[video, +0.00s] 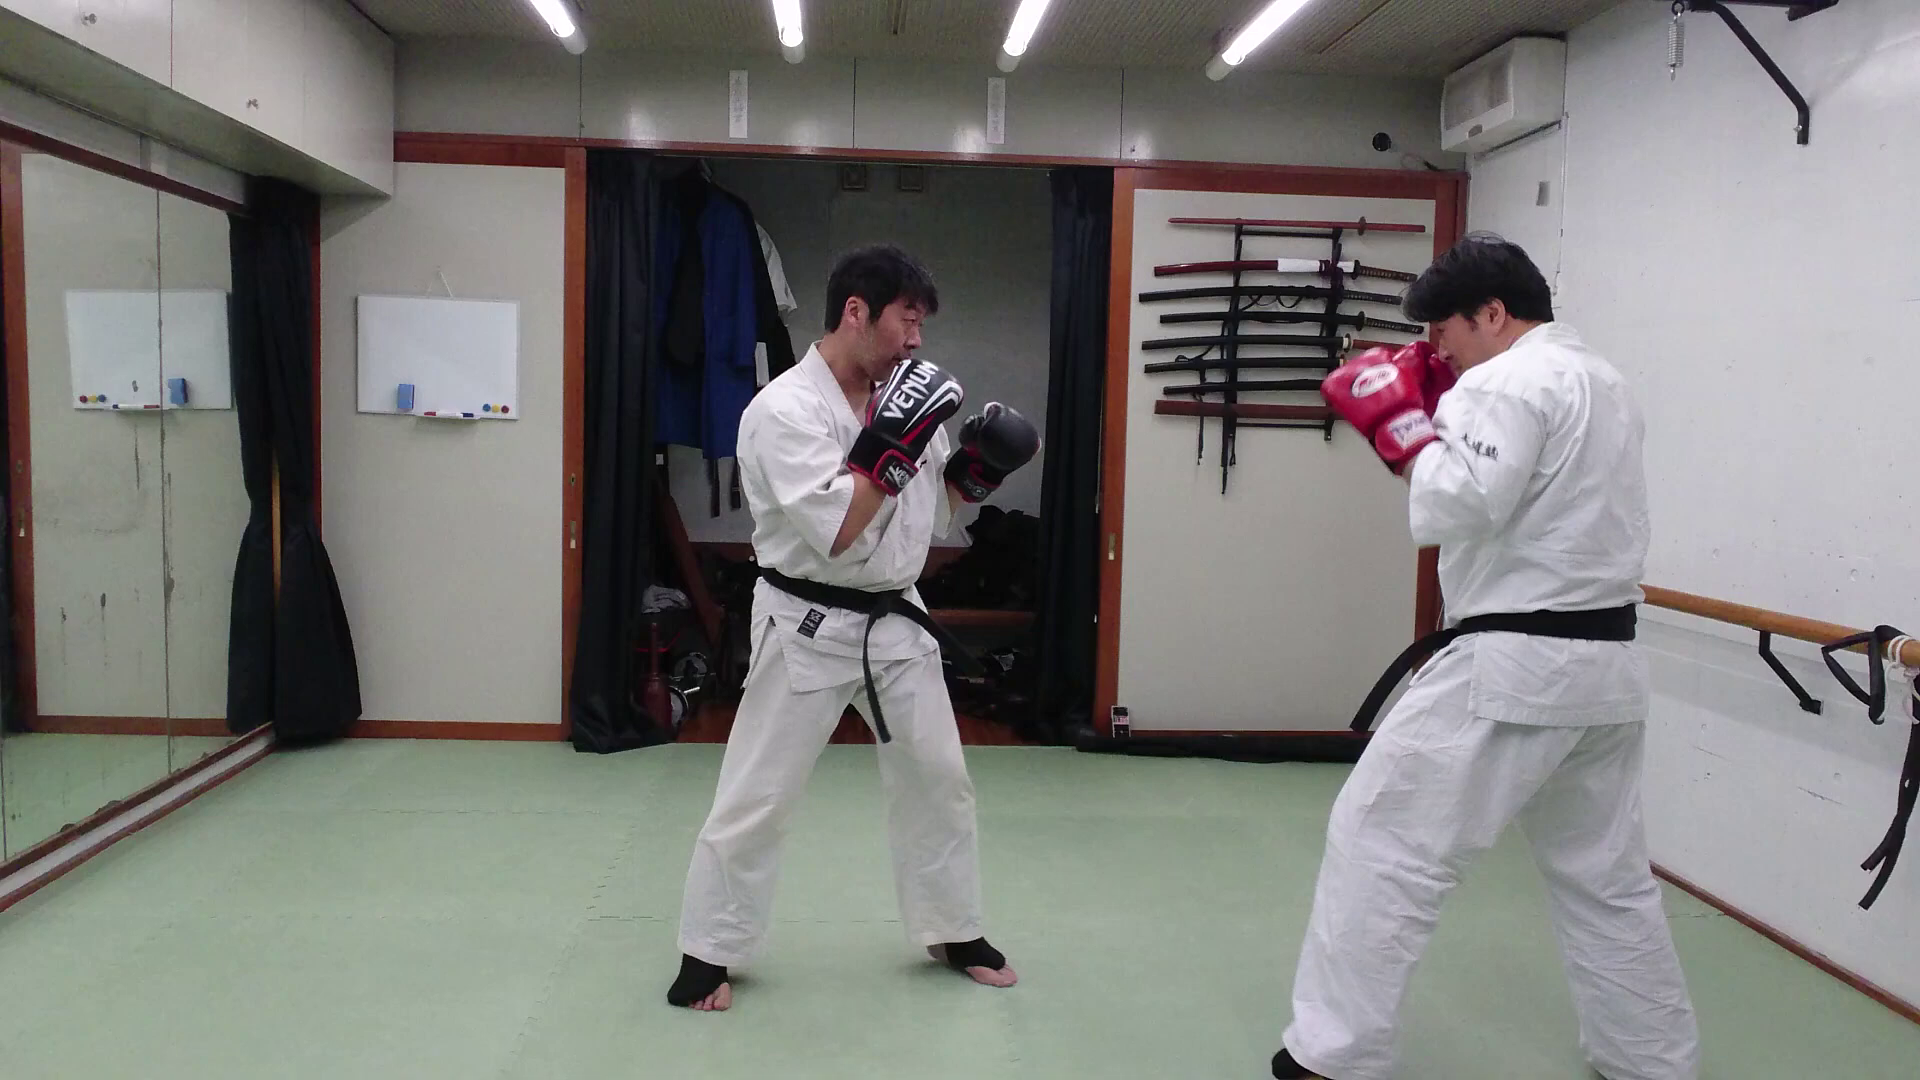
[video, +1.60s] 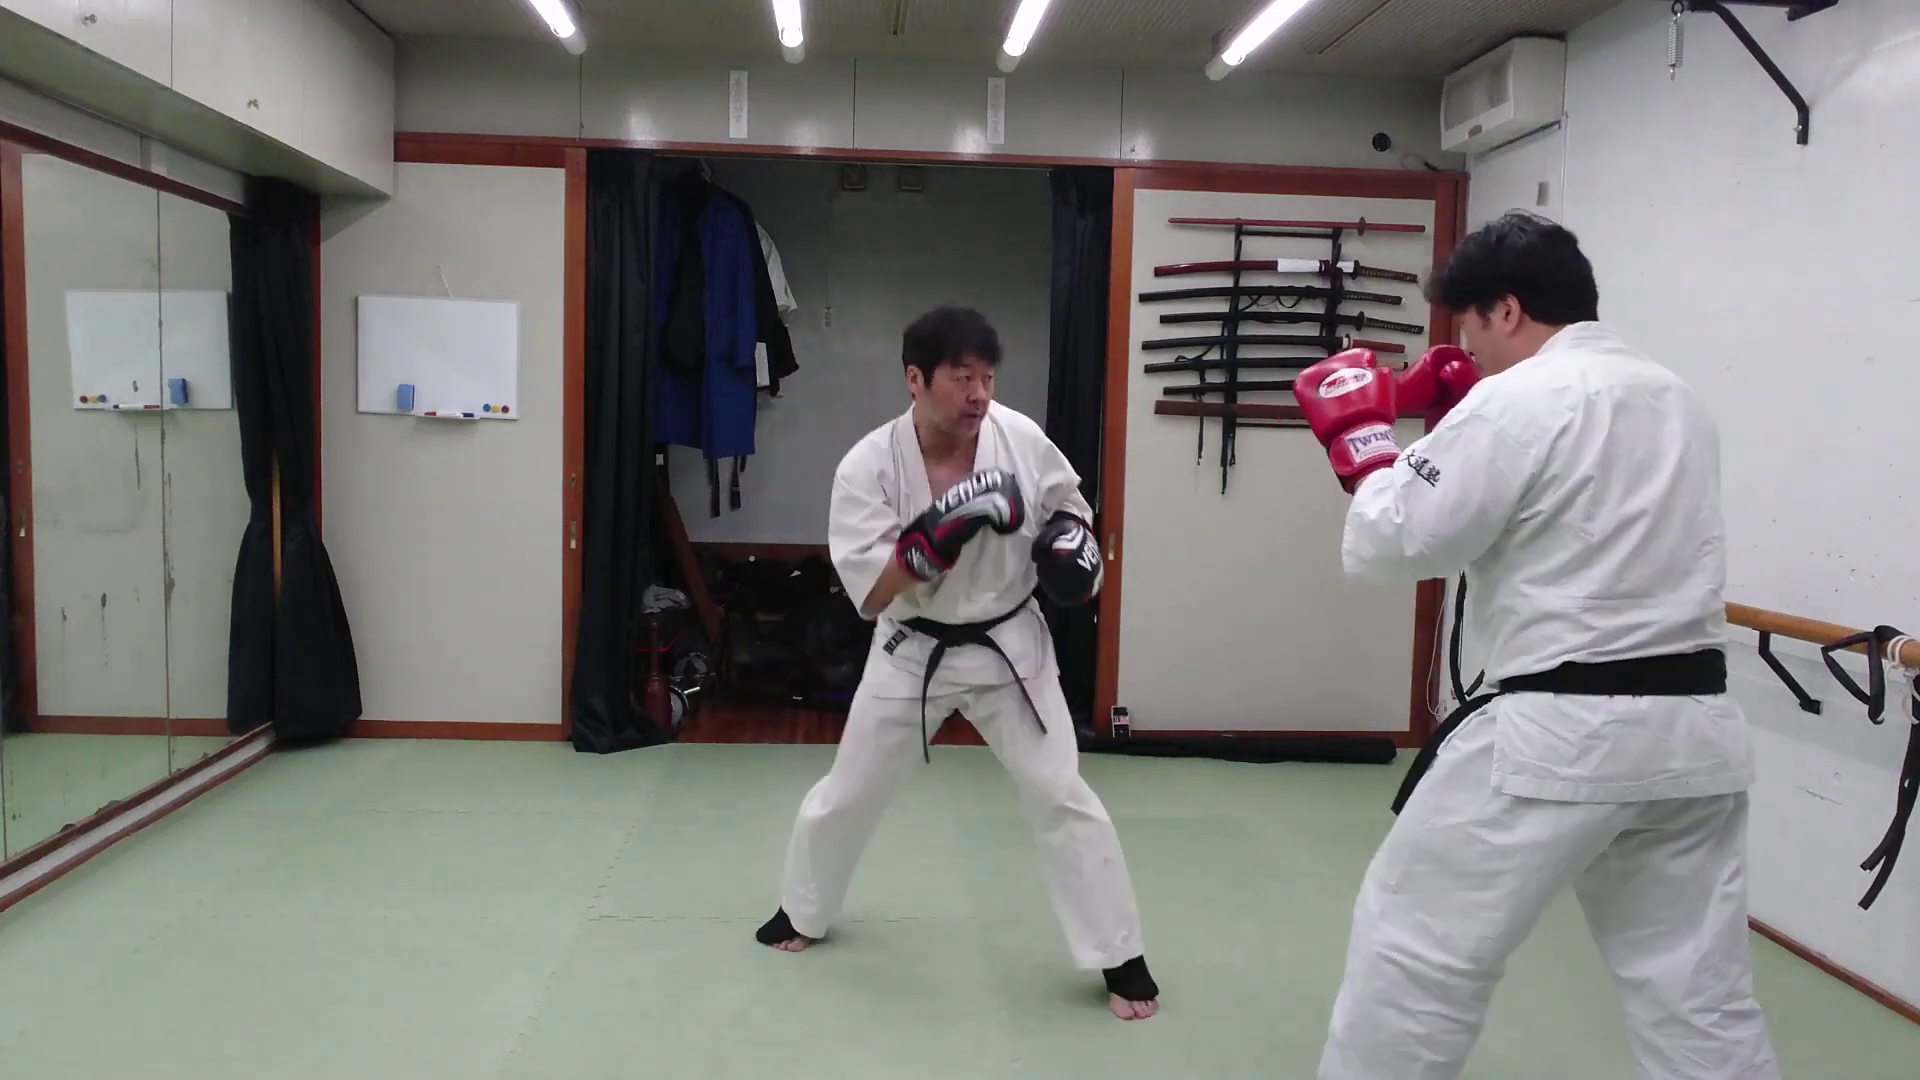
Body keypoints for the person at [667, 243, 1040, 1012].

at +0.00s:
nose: (916, 343)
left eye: (922, 328)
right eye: (908, 323)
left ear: (873, 320)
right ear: (855, 313)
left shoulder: (905, 403)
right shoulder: (782, 409)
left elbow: (936, 519)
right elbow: (833, 527)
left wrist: (976, 475)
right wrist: (894, 444)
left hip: (897, 618)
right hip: (804, 617)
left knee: (940, 776)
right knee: (757, 794)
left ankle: (955, 932)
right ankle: (708, 952)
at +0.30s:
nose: (943, 334)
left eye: (949, 320)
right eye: (932, 316)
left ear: (945, 324)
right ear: (880, 309)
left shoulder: (956, 404)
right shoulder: (807, 403)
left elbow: (1030, 457)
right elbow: (814, 521)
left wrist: (1043, 462)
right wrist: (882, 447)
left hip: (931, 619)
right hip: (826, 616)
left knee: (979, 786)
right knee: (769, 792)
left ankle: (1035, 936)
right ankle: (707, 947)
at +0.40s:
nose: (971, 325)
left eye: (979, 312)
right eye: (955, 308)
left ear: (986, 319)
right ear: (904, 311)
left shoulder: (1009, 392)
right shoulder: (838, 400)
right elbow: (817, 518)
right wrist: (877, 451)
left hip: (946, 617)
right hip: (840, 608)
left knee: (992, 786)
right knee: (783, 774)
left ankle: (1041, 936)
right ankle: (724, 932)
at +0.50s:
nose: (998, 326)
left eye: (1006, 311)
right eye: (981, 309)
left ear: (1012, 315)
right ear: (934, 312)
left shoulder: (1040, 390)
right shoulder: (875, 403)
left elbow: (1137, 404)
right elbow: (861, 518)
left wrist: (1215, 386)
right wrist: (925, 441)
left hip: (968, 617)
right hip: (868, 604)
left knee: (996, 788)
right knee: (801, 767)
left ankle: (1040, 938)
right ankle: (754, 919)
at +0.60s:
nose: (1012, 322)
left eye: (1020, 308)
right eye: (995, 305)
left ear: (1026, 314)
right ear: (948, 307)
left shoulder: (1053, 395)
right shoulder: (888, 396)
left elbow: (1141, 453)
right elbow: (876, 510)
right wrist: (950, 437)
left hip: (987, 616)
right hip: (885, 604)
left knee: (1013, 785)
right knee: (817, 762)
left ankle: (1043, 938)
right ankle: (781, 901)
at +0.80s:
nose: (1009, 335)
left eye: (1017, 322)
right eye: (998, 317)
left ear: (1018, 326)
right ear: (947, 310)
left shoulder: (1021, 408)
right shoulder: (876, 395)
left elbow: (1039, 499)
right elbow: (869, 508)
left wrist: (1084, 489)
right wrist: (942, 435)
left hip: (977, 613)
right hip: (877, 605)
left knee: (1018, 775)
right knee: (826, 763)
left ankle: (1046, 936)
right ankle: (795, 894)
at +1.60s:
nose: (979, 393)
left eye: (987, 379)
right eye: (962, 378)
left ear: (994, 379)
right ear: (917, 379)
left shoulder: (1016, 436)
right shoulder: (868, 466)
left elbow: (1065, 502)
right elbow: (869, 591)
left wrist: (1073, 542)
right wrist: (940, 530)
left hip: (1009, 639)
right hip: (906, 644)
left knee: (1060, 796)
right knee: (848, 794)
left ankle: (1122, 958)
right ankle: (804, 911)